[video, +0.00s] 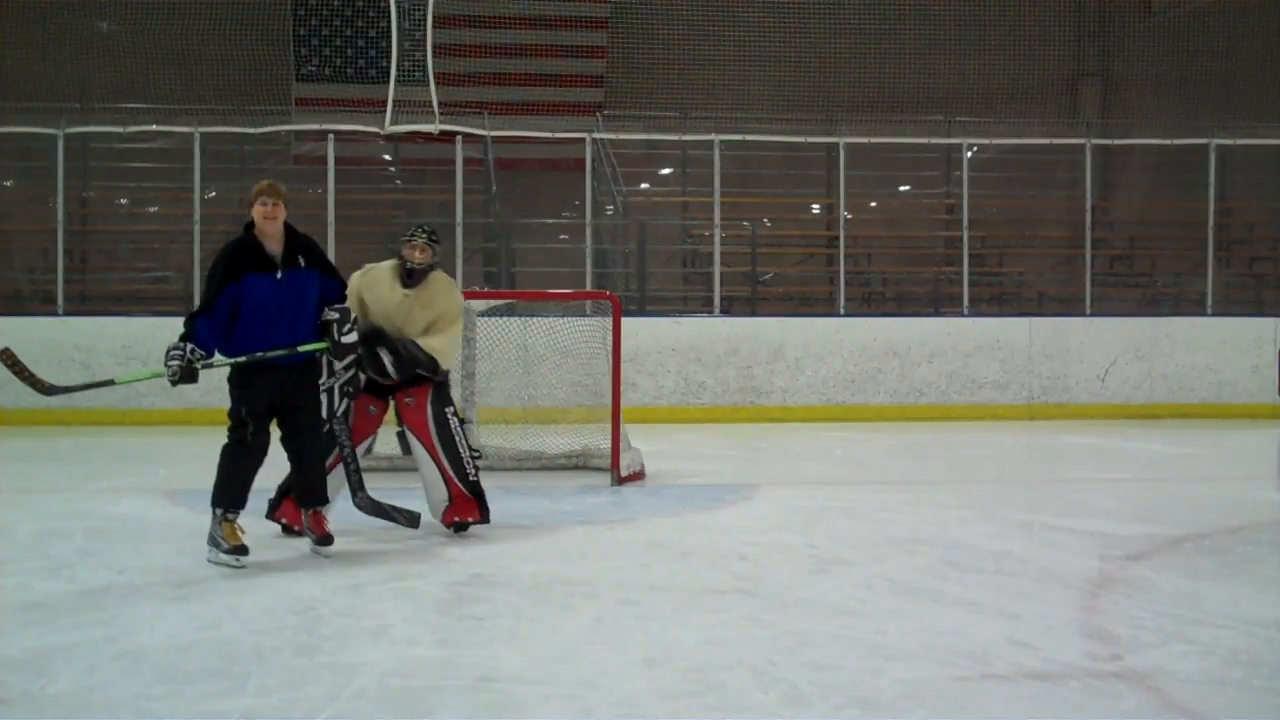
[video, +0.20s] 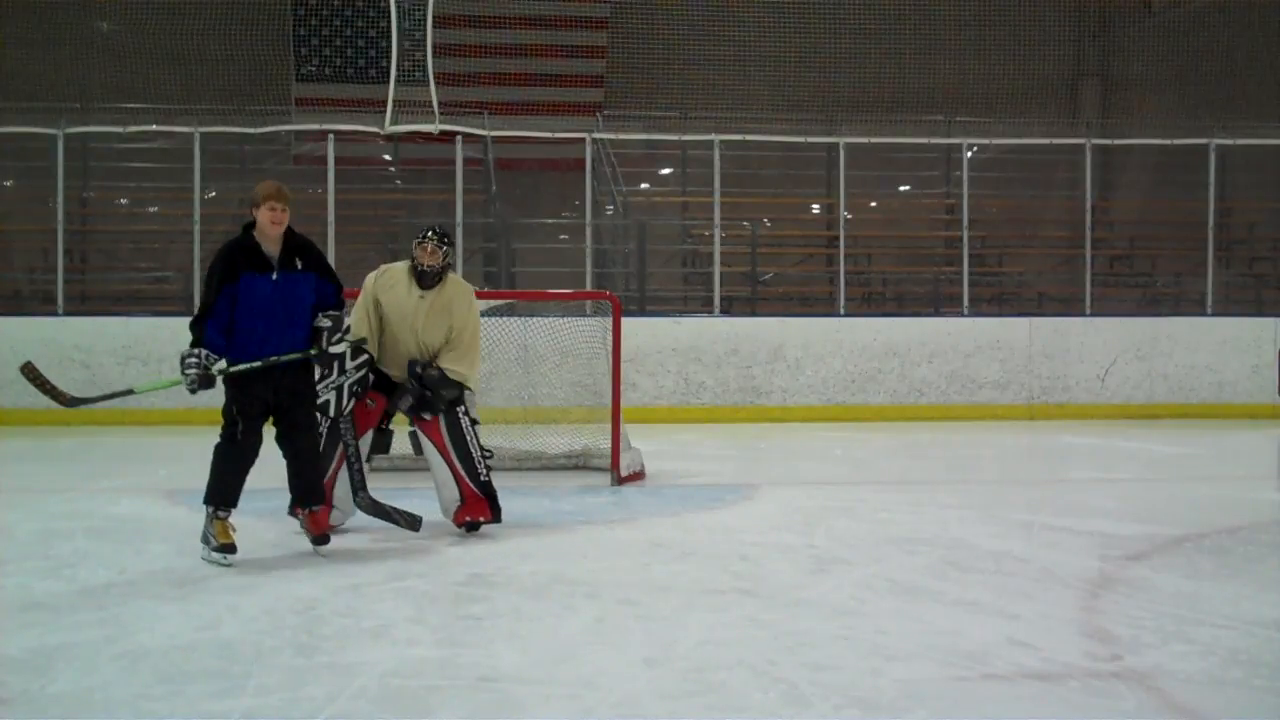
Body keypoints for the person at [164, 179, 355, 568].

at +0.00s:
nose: (269, 210)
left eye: (275, 205)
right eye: (262, 204)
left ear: (285, 211)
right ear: (251, 211)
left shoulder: (307, 251)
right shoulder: (235, 256)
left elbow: (336, 294)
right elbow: (212, 311)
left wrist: (339, 324)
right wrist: (192, 348)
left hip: (301, 366)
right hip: (252, 369)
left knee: (309, 441)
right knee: (248, 442)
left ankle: (312, 509)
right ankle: (224, 522)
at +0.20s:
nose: (277, 215)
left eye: (283, 209)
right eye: (270, 208)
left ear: (290, 214)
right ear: (255, 212)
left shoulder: (305, 252)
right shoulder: (233, 255)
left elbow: (332, 294)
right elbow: (213, 311)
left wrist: (329, 322)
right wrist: (203, 354)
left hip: (295, 365)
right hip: (246, 368)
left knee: (303, 439)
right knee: (241, 441)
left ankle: (310, 508)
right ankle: (219, 516)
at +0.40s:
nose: (287, 224)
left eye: (291, 218)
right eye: (281, 217)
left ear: (292, 220)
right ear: (260, 216)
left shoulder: (301, 256)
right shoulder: (229, 255)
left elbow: (324, 297)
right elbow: (204, 311)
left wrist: (319, 330)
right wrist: (200, 355)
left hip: (289, 367)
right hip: (239, 368)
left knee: (298, 439)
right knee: (232, 440)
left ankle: (309, 508)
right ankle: (210, 514)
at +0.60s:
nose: (282, 227)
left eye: (286, 221)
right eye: (276, 219)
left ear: (286, 223)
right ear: (254, 218)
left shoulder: (294, 258)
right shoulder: (223, 256)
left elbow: (316, 302)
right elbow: (196, 310)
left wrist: (311, 333)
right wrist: (189, 353)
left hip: (280, 367)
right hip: (230, 368)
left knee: (292, 437)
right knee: (223, 438)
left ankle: (304, 505)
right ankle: (200, 513)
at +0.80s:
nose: (262, 220)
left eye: (268, 215)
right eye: (256, 213)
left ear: (276, 219)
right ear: (241, 215)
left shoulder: (287, 257)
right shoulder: (216, 256)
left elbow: (309, 302)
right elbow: (189, 310)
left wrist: (303, 334)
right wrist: (184, 353)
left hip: (273, 365)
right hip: (223, 365)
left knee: (285, 435)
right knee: (213, 438)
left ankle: (297, 503)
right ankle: (193, 509)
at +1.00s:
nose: (245, 219)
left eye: (252, 213)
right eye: (240, 212)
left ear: (265, 219)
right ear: (232, 216)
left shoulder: (282, 259)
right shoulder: (209, 258)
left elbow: (304, 303)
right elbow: (184, 310)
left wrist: (299, 333)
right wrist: (175, 353)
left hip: (267, 365)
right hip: (216, 366)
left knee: (282, 433)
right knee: (206, 435)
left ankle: (296, 503)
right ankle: (186, 507)